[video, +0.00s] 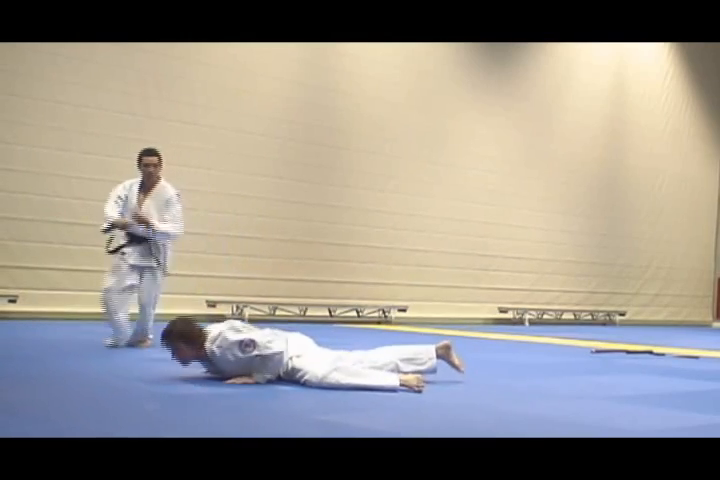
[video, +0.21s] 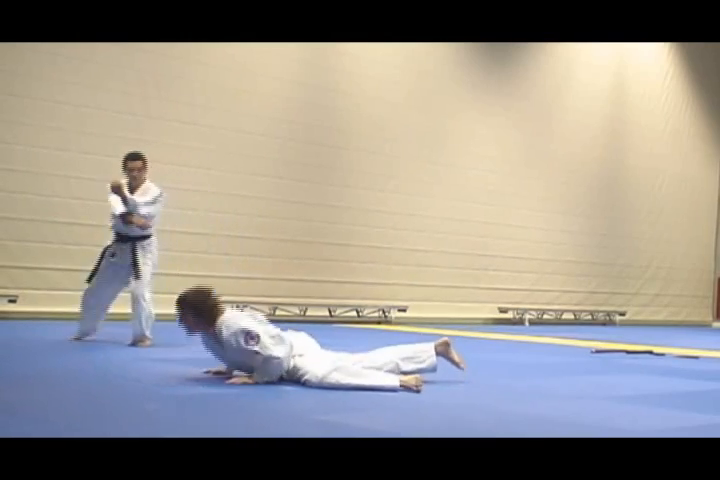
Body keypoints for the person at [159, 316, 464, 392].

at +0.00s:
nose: (175, 359)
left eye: (175, 353)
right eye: (173, 354)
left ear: (189, 344)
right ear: (189, 341)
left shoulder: (223, 341)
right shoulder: (210, 347)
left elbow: (272, 347)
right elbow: (237, 356)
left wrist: (255, 374)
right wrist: (220, 370)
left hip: (292, 355)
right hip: (292, 350)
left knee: (324, 377)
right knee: (357, 363)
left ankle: (397, 381)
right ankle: (434, 353)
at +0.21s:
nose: (182, 323)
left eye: (184, 318)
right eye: (181, 319)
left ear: (198, 315)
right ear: (198, 315)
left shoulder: (232, 328)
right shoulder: (210, 331)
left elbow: (276, 352)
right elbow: (244, 352)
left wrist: (258, 378)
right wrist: (233, 369)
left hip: (296, 355)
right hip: (291, 351)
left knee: (321, 377)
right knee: (359, 362)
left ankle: (396, 382)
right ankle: (435, 349)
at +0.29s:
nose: (186, 310)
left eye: (189, 304)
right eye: (185, 304)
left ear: (204, 302)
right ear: (203, 302)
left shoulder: (237, 319)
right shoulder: (212, 322)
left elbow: (278, 352)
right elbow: (237, 348)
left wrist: (260, 379)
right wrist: (229, 369)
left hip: (297, 355)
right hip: (292, 353)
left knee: (325, 376)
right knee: (359, 364)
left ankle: (399, 381)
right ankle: (435, 348)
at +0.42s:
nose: (194, 293)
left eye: (197, 288)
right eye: (193, 288)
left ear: (211, 287)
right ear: (211, 285)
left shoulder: (243, 306)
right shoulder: (219, 306)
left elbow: (271, 353)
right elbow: (232, 340)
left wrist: (257, 378)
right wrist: (229, 367)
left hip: (300, 343)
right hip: (288, 355)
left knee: (317, 377)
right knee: (357, 365)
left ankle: (398, 380)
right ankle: (432, 347)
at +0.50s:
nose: (198, 283)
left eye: (201, 278)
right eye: (198, 278)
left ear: (215, 278)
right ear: (220, 274)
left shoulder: (247, 295)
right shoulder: (227, 297)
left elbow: (262, 339)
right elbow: (234, 336)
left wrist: (258, 375)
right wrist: (230, 366)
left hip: (304, 336)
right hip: (294, 350)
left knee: (318, 375)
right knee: (363, 366)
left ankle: (393, 377)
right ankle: (433, 347)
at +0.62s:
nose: (207, 274)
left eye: (208, 269)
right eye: (206, 269)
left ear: (222, 266)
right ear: (229, 262)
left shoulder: (252, 281)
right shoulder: (241, 286)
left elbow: (262, 330)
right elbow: (237, 330)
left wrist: (257, 373)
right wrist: (229, 366)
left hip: (311, 322)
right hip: (308, 330)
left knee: (318, 372)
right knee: (368, 365)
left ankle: (388, 373)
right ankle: (437, 349)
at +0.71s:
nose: (212, 271)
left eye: (213, 265)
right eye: (210, 266)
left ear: (226, 263)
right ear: (235, 258)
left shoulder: (257, 278)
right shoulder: (247, 282)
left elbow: (262, 327)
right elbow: (240, 327)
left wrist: (256, 373)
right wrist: (230, 367)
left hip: (321, 314)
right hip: (318, 321)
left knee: (317, 371)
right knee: (372, 366)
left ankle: (386, 372)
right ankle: (440, 353)